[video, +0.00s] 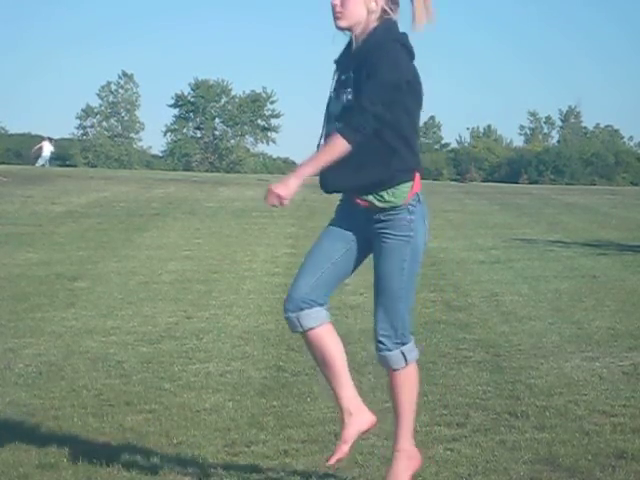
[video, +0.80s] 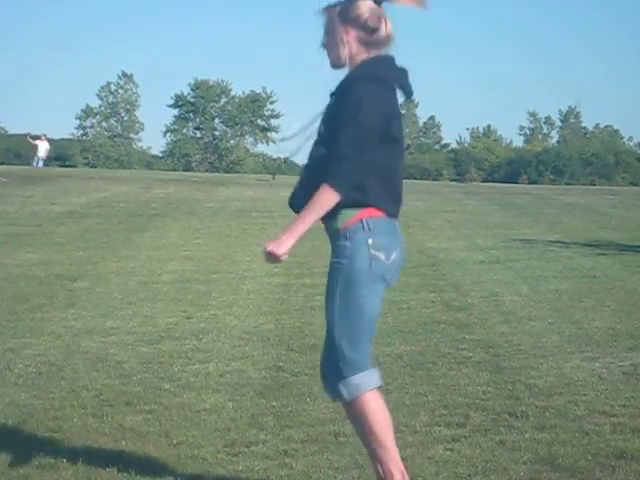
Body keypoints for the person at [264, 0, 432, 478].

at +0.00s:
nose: (336, 3)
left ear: (376, 2)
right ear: (339, 7)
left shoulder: (386, 49)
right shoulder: (354, 53)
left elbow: (358, 127)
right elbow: (364, 130)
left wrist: (296, 177)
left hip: (398, 210)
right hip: (354, 207)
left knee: (393, 338)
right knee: (303, 305)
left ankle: (406, 449)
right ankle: (354, 412)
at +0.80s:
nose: (325, 42)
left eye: (330, 33)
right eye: (327, 34)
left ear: (349, 36)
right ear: (364, 36)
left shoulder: (365, 85)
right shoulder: (369, 83)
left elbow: (345, 172)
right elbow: (356, 171)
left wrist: (290, 234)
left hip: (364, 235)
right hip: (364, 233)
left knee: (352, 365)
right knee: (338, 368)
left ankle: (396, 475)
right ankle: (390, 472)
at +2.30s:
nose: (347, 53)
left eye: (355, 44)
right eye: (339, 42)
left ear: (361, 47)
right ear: (315, 37)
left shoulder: (368, 98)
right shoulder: (272, 79)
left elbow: (434, 141)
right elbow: (215, 124)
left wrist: (406, 144)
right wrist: (266, 127)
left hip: (359, 247)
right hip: (292, 248)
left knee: (405, 357)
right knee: (250, 363)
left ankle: (426, 463)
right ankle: (207, 470)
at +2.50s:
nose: (356, 121)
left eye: (359, 113)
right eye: (349, 110)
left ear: (355, 115)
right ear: (319, 106)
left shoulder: (352, 164)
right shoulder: (277, 151)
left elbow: (386, 208)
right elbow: (261, 196)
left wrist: (431, 233)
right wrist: (296, 227)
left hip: (367, 303)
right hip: (304, 306)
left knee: (437, 398)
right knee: (250, 405)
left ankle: (432, 477)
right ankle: (211, 477)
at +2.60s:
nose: (360, 129)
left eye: (365, 122)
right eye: (358, 116)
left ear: (333, 107)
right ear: (329, 101)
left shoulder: (347, 159)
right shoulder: (276, 150)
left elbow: (380, 236)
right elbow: (258, 218)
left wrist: (426, 248)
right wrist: (292, 239)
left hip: (366, 292)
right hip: (308, 301)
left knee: (435, 391)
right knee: (263, 415)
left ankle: (432, 477)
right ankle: (216, 477)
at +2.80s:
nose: (362, 61)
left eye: (365, 53)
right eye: (361, 50)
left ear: (342, 42)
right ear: (333, 36)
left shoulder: (334, 86)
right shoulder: (285, 63)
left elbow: (315, 140)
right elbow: (231, 124)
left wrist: (355, 136)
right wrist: (288, 136)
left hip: (335, 238)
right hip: (288, 235)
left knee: (374, 348)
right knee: (282, 364)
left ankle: (396, 459)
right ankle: (218, 465)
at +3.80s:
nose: (326, 110)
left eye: (328, 102)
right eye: (327, 102)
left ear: (274, 89)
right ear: (311, 99)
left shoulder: (247, 125)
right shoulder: (298, 146)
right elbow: (306, 215)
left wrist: (282, 68)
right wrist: (326, 238)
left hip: (245, 279)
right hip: (298, 269)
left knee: (297, 395)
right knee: (344, 377)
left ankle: (316, 475)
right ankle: (315, 466)